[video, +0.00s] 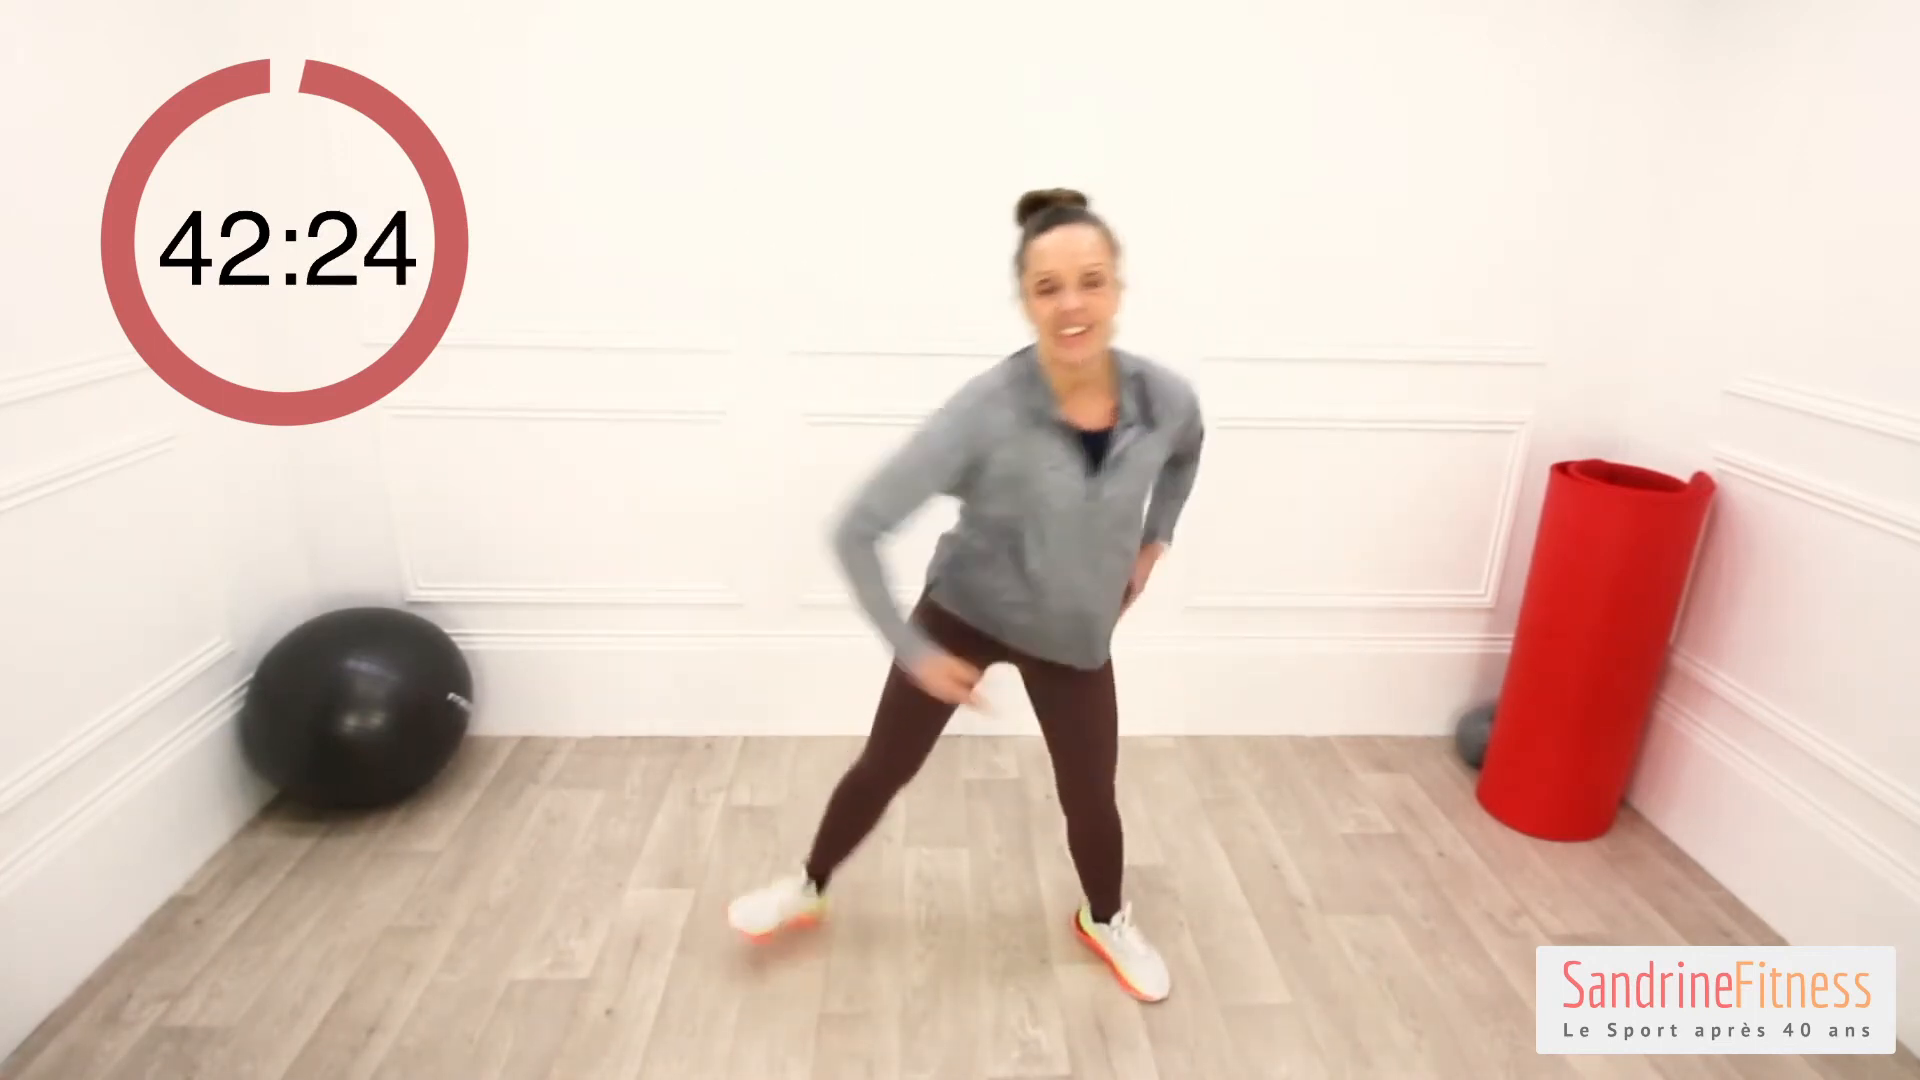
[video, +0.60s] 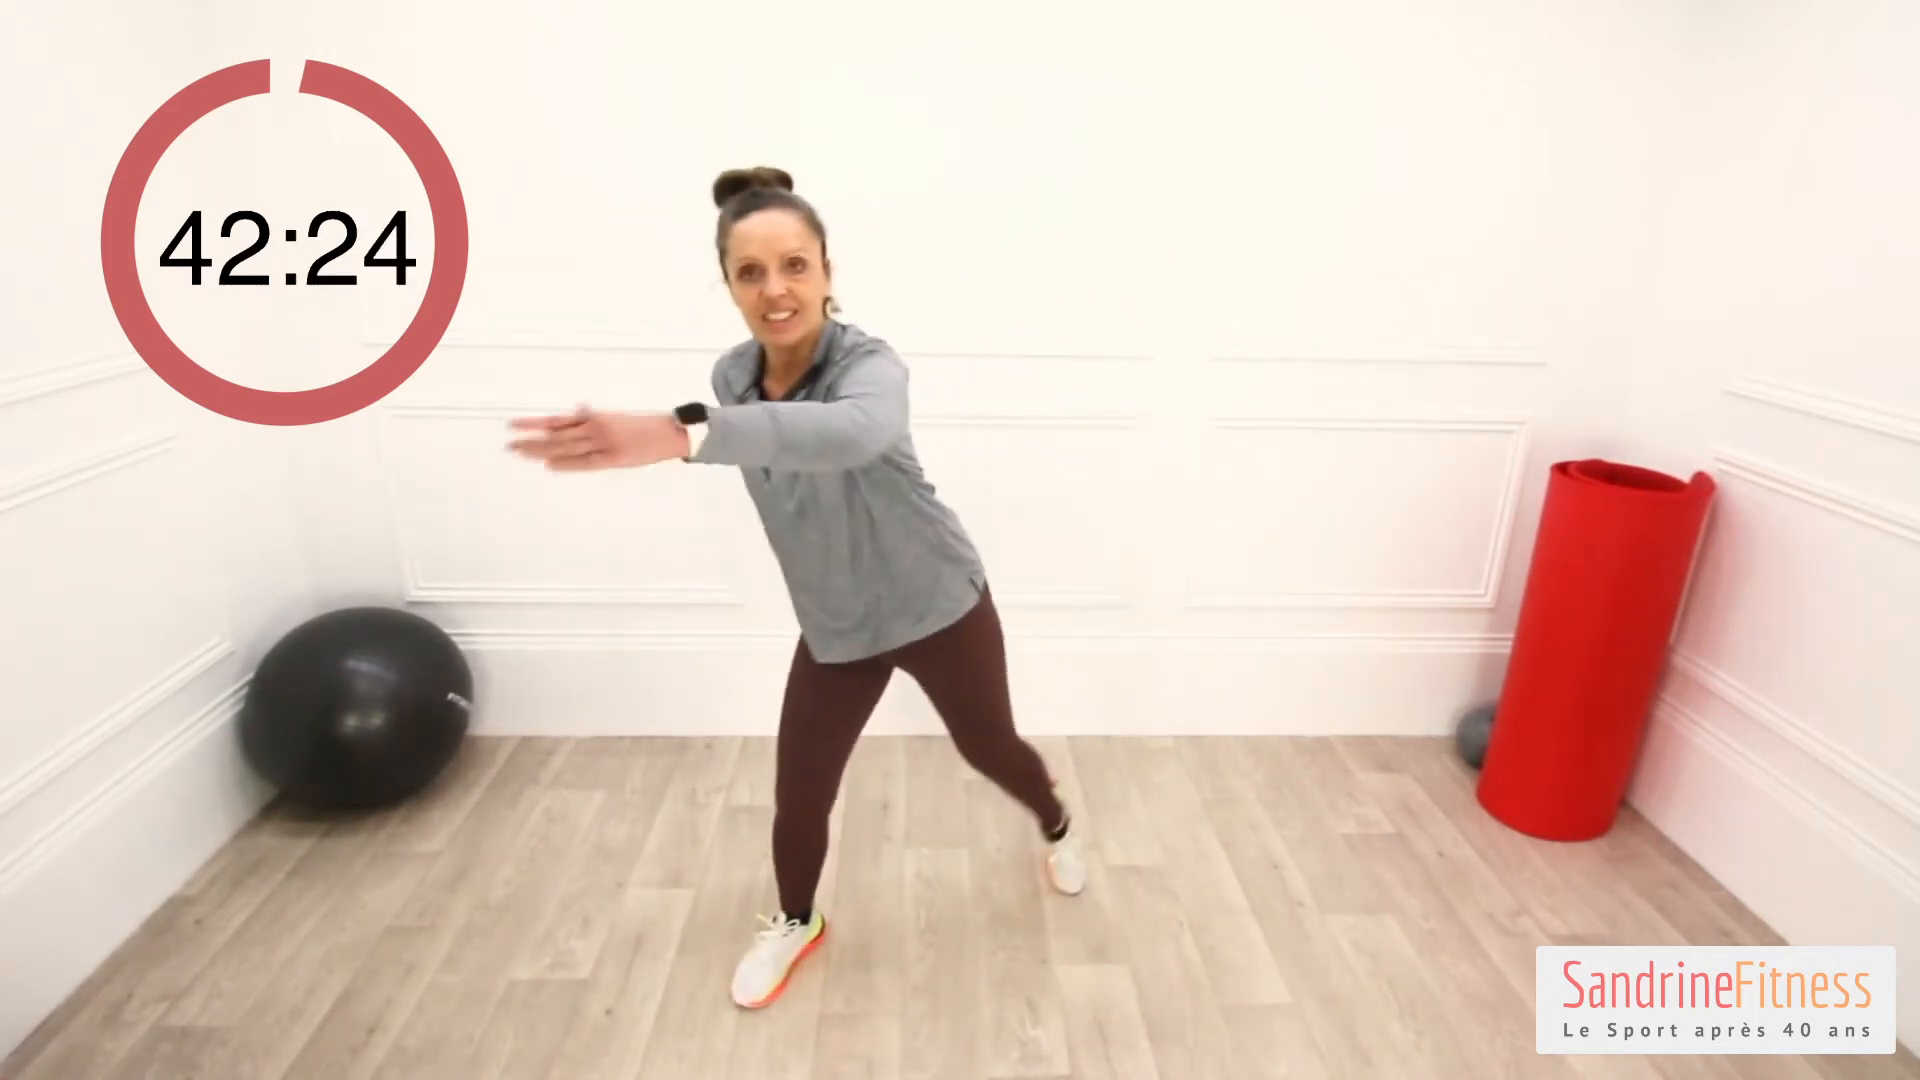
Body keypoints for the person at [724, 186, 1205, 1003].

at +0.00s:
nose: (1073, 307)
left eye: (1091, 284)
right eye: (1049, 289)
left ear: (1120, 291)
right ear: (1024, 303)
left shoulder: (1165, 403)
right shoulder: (987, 412)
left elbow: (1185, 457)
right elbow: (854, 531)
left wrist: (1154, 539)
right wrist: (913, 649)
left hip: (1077, 627)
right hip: (967, 612)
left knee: (1092, 797)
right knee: (885, 768)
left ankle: (1105, 918)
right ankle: (807, 886)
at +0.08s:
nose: (1046, 317)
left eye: (1065, 294)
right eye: (1023, 299)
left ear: (1095, 302)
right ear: (1000, 314)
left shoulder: (1147, 416)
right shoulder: (960, 418)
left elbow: (1177, 476)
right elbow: (823, 515)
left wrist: (1145, 571)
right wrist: (875, 631)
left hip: (1075, 632)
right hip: (961, 620)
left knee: (1091, 802)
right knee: (884, 782)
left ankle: (1105, 920)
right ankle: (817, 904)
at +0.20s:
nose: (954, 340)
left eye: (974, 319)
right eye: (934, 322)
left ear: (1005, 328)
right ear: (912, 335)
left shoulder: (1054, 454)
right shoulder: (871, 434)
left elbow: (1127, 556)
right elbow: (781, 478)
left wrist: (1096, 663)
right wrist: (827, 582)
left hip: (1044, 661)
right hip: (933, 650)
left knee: (1064, 822)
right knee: (863, 805)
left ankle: (1106, 924)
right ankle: (797, 922)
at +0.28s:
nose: (892, 323)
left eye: (912, 301)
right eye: (871, 303)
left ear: (944, 311)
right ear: (849, 318)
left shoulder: (995, 441)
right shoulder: (814, 421)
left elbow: (1067, 573)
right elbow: (790, 470)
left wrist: (1003, 668)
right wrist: (834, 558)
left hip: (1010, 641)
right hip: (896, 642)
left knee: (1052, 799)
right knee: (839, 806)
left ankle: (1109, 919)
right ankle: (795, 922)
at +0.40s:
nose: (823, 288)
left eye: (843, 264)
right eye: (800, 269)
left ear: (877, 272)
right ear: (779, 284)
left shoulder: (924, 389)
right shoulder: (770, 380)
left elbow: (983, 543)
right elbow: (819, 507)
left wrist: (856, 569)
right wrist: (826, 566)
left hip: (973, 612)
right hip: (865, 619)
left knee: (1041, 749)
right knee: (823, 788)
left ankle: (1113, 880)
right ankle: (796, 920)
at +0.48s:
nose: (798, 279)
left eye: (817, 256)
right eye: (774, 261)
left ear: (850, 264)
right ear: (752, 277)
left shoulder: (895, 367)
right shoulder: (749, 370)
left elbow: (922, 485)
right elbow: (799, 480)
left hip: (951, 596)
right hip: (851, 611)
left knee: (1016, 737)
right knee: (818, 786)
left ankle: (1097, 840)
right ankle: (796, 919)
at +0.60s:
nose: (776, 291)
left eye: (794, 266)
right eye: (751, 273)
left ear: (827, 274)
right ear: (729, 291)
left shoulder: (869, 364)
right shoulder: (733, 377)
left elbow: (866, 431)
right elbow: (765, 457)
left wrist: (687, 432)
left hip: (936, 604)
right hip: (836, 623)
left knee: (992, 751)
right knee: (800, 794)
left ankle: (1058, 824)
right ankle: (797, 921)